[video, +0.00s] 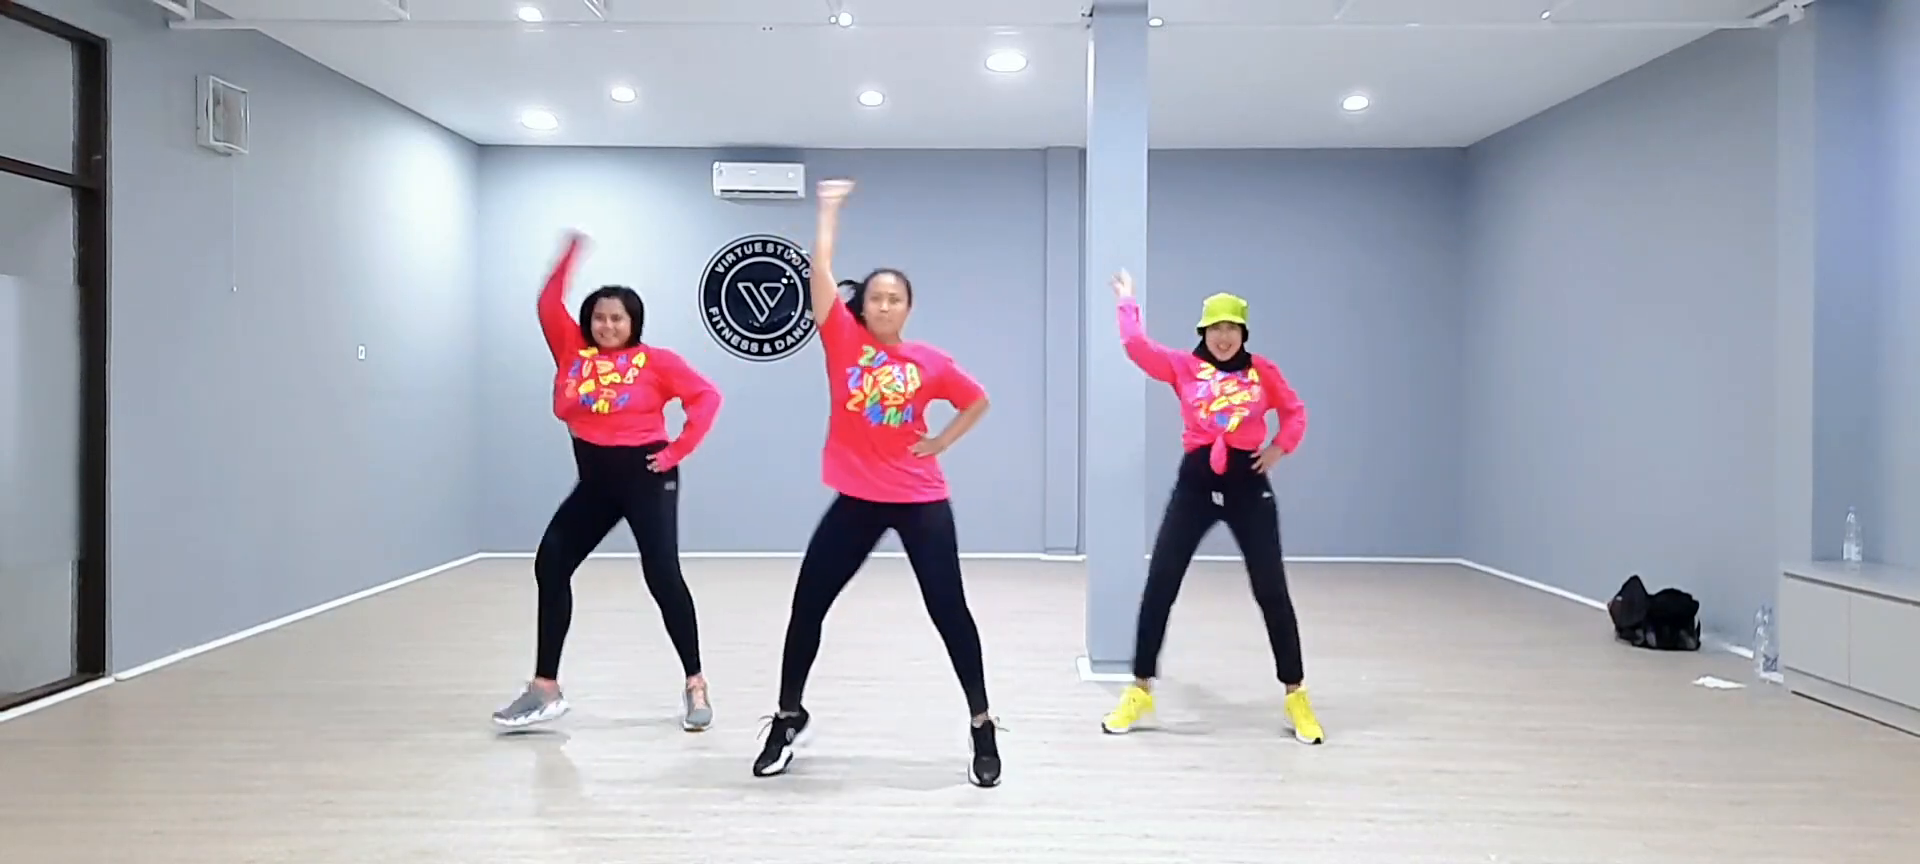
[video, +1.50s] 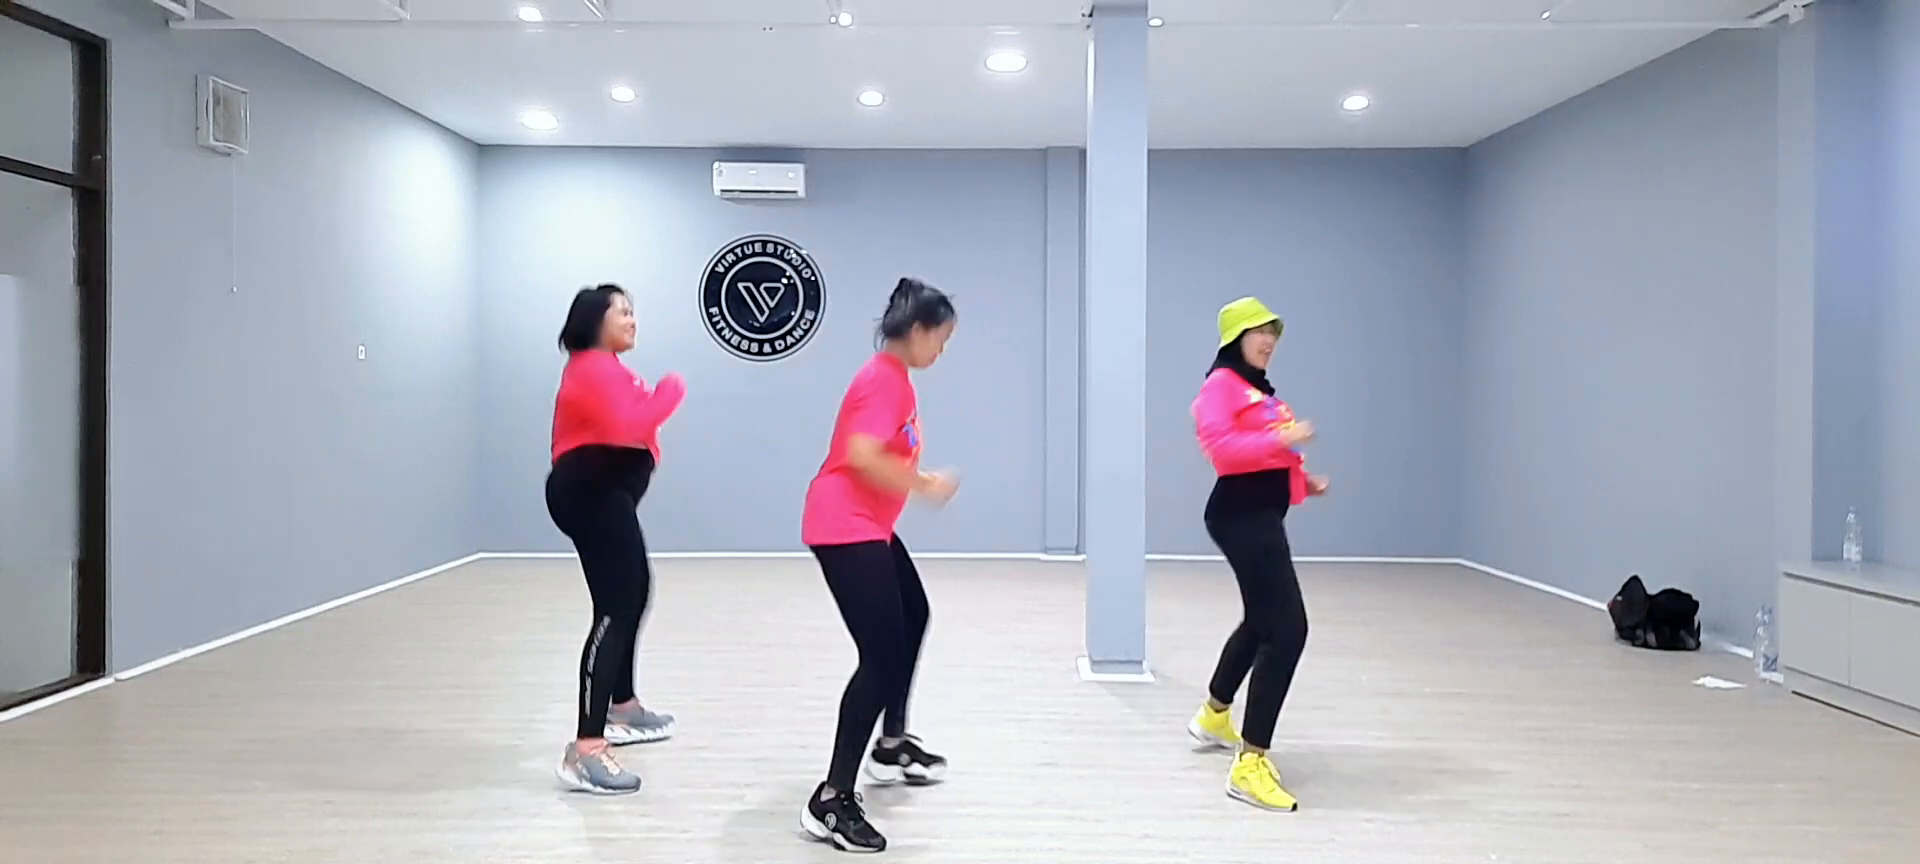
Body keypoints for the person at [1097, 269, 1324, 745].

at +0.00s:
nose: (1224, 337)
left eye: (1232, 329)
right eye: (1216, 329)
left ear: (1243, 334)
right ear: (1204, 333)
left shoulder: (1262, 371)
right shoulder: (1183, 367)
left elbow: (1295, 414)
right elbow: (1135, 343)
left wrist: (1278, 449)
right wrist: (1126, 298)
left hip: (1249, 487)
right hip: (1196, 486)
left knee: (1271, 591)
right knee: (1160, 583)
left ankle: (1296, 696)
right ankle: (1139, 691)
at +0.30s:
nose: (1213, 338)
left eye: (1220, 330)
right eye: (1205, 331)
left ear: (1232, 333)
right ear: (1193, 337)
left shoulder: (1258, 371)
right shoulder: (1182, 368)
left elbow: (1303, 408)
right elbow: (1157, 315)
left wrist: (1276, 454)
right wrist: (1200, 281)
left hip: (1247, 488)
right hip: (1194, 487)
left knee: (1268, 590)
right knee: (1156, 582)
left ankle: (1294, 694)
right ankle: (1130, 686)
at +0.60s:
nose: (1191, 350)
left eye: (1200, 343)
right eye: (1184, 342)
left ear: (1212, 350)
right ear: (1172, 347)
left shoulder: (1228, 392)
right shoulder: (1156, 378)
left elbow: (1251, 442)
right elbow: (1127, 336)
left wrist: (1227, 487)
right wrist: (1153, 314)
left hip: (1193, 501)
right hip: (1142, 492)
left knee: (1235, 595)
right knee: (1127, 595)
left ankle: (1272, 702)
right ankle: (1113, 694)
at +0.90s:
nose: (1223, 330)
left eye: (1231, 323)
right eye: (1215, 322)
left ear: (1243, 330)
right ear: (1201, 327)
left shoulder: (1250, 376)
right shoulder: (1181, 367)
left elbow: (1248, 433)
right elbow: (1150, 419)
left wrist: (1267, 468)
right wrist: (1191, 406)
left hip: (1236, 490)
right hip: (1186, 486)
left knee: (1231, 597)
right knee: (1169, 591)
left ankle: (1221, 698)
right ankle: (1145, 698)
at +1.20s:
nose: (1236, 333)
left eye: (1244, 325)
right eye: (1227, 324)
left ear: (1257, 330)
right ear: (1214, 330)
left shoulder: (1278, 372)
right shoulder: (1196, 373)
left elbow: (1344, 394)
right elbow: (1158, 417)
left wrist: (1298, 383)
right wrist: (1155, 450)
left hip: (1261, 491)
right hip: (1211, 489)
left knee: (1255, 605)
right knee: (1231, 601)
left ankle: (1227, 709)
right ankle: (1232, 731)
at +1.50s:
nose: (1269, 340)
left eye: (1273, 332)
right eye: (1260, 332)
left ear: (1272, 340)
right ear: (1236, 338)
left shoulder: (1263, 391)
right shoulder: (1219, 387)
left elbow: (1269, 457)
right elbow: (1221, 452)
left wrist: (1302, 482)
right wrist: (1280, 440)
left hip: (1262, 512)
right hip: (1240, 512)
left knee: (1260, 621)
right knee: (1289, 630)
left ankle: (1214, 714)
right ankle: (1251, 762)